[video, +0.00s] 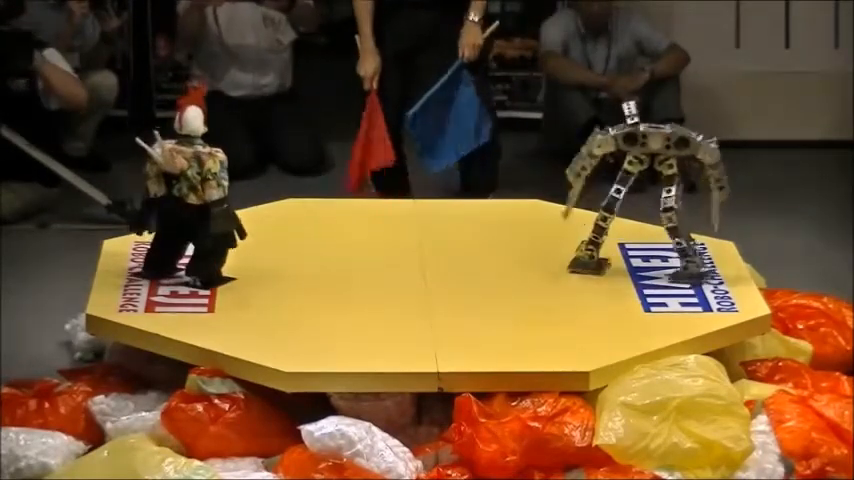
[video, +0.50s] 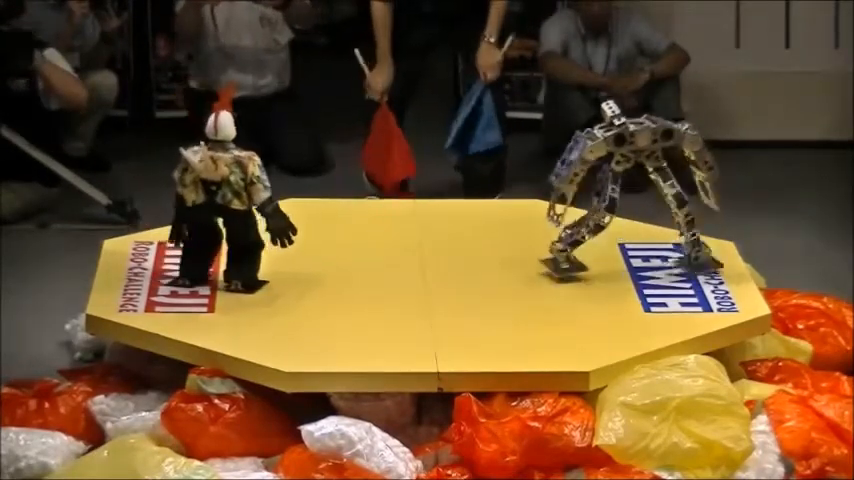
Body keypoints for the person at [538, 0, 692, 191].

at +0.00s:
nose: (597, 10)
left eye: (604, 4)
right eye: (590, 4)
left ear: (612, 5)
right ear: (576, 6)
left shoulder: (628, 23)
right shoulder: (558, 25)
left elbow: (679, 56)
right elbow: (551, 64)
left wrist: (644, 75)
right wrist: (608, 82)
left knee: (667, 79)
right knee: (563, 85)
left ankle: (668, 155)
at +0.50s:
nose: (596, 11)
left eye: (602, 4)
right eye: (589, 5)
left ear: (611, 5)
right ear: (576, 6)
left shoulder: (628, 23)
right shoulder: (558, 25)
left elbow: (679, 56)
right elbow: (550, 64)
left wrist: (645, 74)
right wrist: (608, 83)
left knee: (667, 81)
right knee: (562, 86)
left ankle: (672, 158)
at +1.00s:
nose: (597, 9)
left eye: (603, 3)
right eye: (589, 3)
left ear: (613, 4)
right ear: (578, 5)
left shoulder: (629, 21)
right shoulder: (559, 24)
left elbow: (680, 56)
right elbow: (550, 64)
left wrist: (645, 75)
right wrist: (608, 83)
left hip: (629, 108)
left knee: (668, 81)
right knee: (565, 93)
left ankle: (663, 164)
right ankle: (616, 164)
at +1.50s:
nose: (597, 9)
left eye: (604, 2)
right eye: (590, 3)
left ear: (613, 4)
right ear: (576, 6)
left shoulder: (628, 23)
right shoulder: (558, 25)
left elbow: (679, 56)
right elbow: (551, 65)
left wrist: (644, 76)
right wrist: (610, 83)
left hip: (627, 112)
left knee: (668, 78)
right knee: (564, 91)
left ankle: (663, 164)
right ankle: (618, 165)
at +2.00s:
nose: (597, 10)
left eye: (604, 4)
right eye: (590, 4)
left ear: (613, 5)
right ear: (576, 6)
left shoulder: (629, 23)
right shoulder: (558, 26)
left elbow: (679, 56)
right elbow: (551, 65)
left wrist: (643, 76)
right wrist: (609, 82)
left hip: (625, 113)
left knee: (668, 81)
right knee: (564, 90)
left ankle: (662, 165)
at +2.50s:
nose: (599, 15)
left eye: (604, 8)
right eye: (593, 8)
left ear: (613, 7)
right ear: (578, 7)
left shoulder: (628, 26)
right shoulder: (558, 26)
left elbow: (679, 56)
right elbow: (551, 65)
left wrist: (643, 77)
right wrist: (608, 82)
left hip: (624, 114)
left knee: (667, 79)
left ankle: (664, 164)